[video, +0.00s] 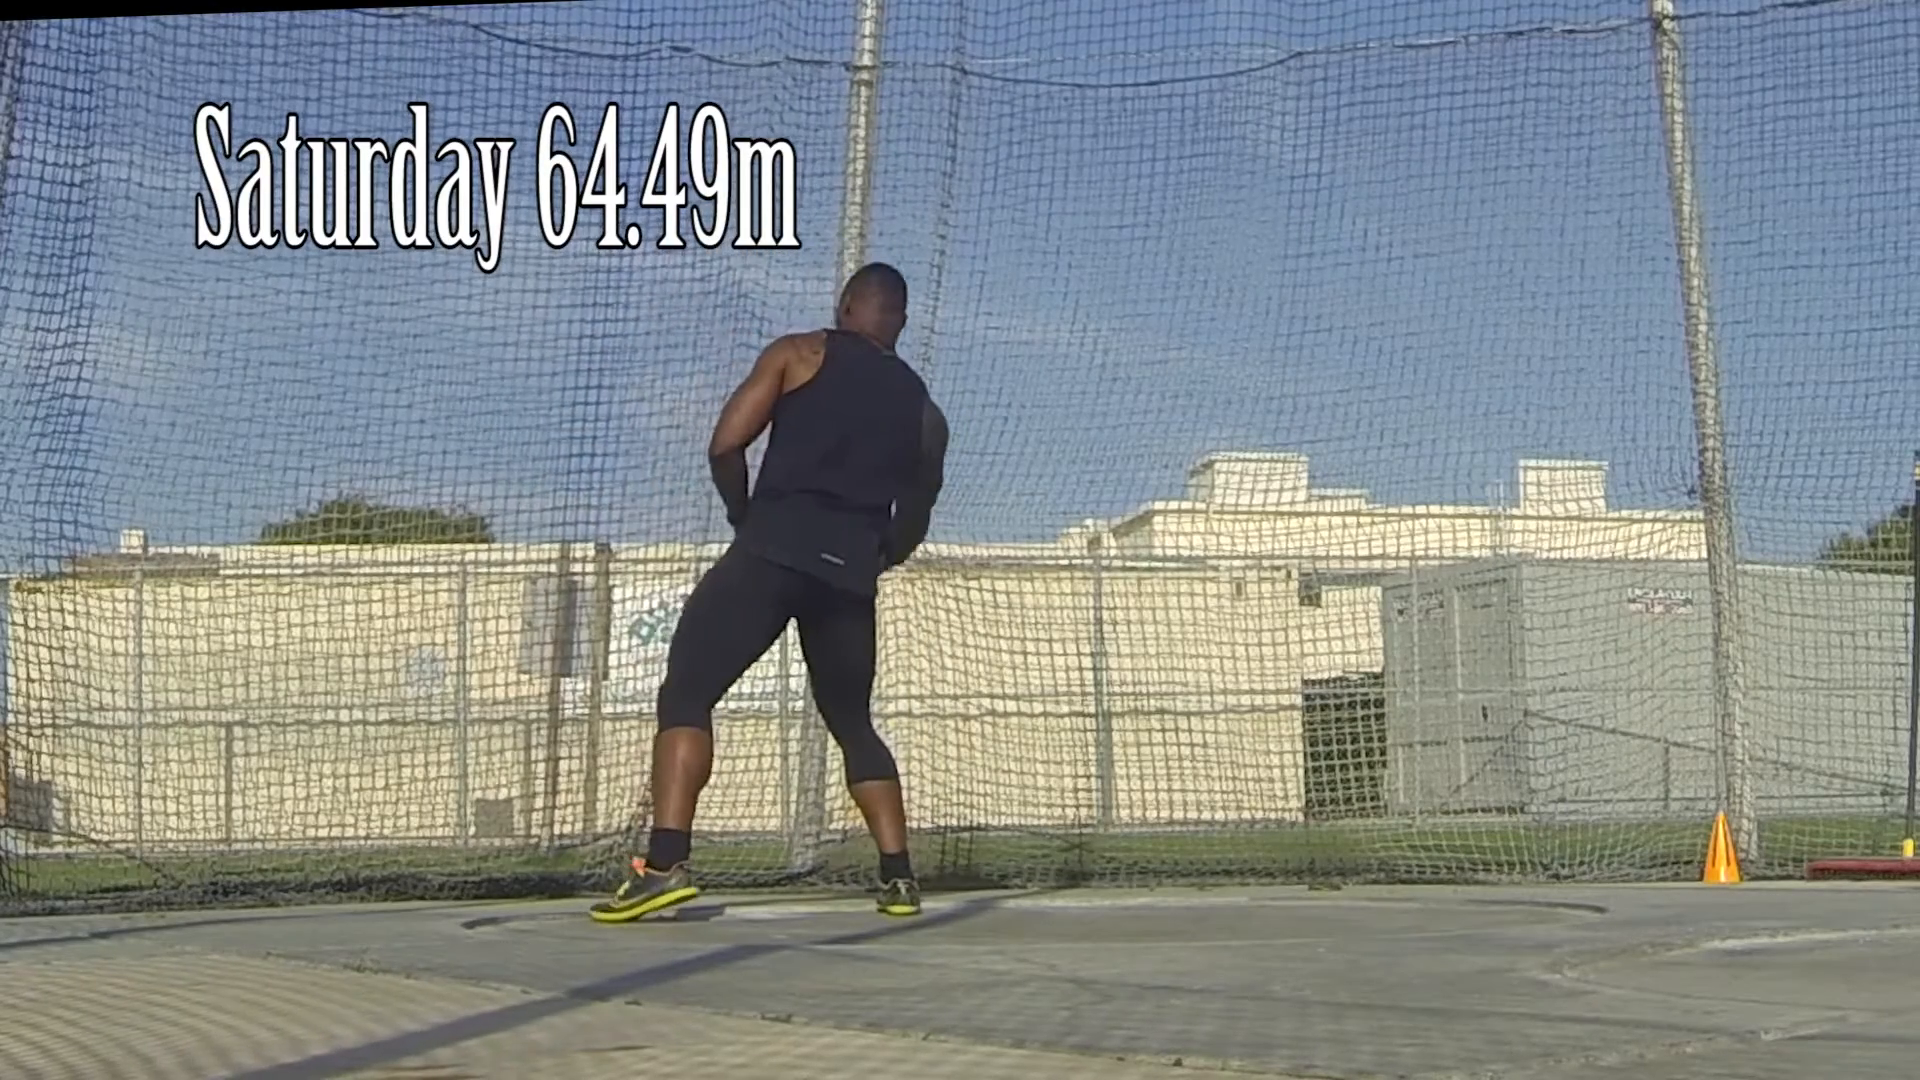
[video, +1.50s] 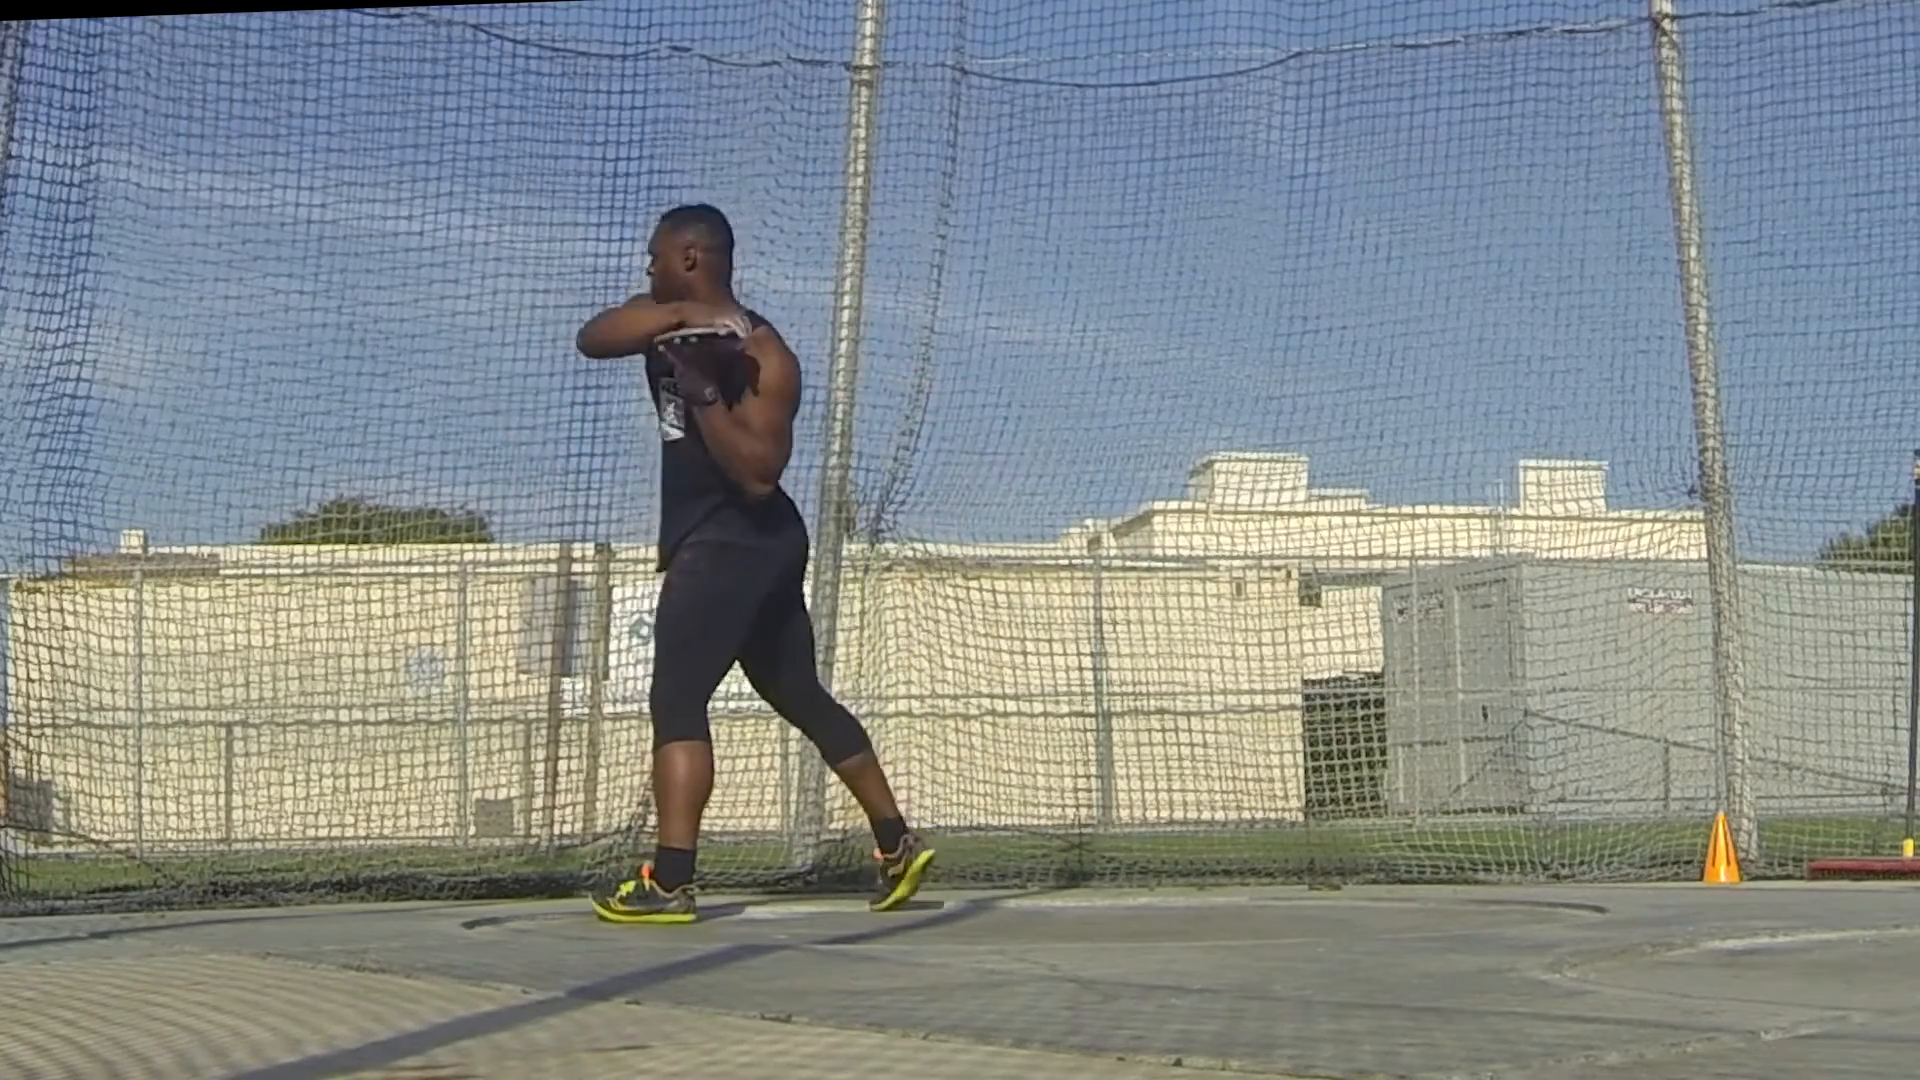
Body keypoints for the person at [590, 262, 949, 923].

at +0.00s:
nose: (849, 318)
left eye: (846, 308)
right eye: (880, 315)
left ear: (841, 311)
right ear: (902, 324)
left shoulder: (796, 352)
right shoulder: (926, 413)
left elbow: (725, 445)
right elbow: (916, 518)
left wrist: (744, 515)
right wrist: (876, 557)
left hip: (769, 554)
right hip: (850, 577)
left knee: (687, 693)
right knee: (853, 719)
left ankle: (665, 866)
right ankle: (899, 877)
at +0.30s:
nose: (856, 327)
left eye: (855, 318)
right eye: (881, 326)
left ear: (847, 320)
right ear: (903, 338)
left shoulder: (786, 358)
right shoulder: (917, 394)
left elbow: (702, 423)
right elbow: (932, 472)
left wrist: (676, 528)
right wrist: (968, 560)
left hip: (753, 555)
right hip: (840, 575)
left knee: (686, 696)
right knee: (867, 718)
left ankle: (644, 847)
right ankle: (899, 876)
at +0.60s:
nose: (756, 339)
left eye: (757, 332)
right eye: (766, 335)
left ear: (765, 333)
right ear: (822, 338)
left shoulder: (729, 371)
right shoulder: (860, 376)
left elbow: (657, 432)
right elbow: (947, 392)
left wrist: (646, 533)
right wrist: (1031, 390)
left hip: (743, 567)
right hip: (832, 576)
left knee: (657, 705)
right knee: (864, 718)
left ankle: (662, 872)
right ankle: (901, 874)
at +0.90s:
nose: (635, 298)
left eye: (638, 283)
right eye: (634, 284)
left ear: (668, 274)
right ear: (701, 274)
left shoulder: (670, 356)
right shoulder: (760, 345)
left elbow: (628, 482)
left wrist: (587, 518)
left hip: (731, 555)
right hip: (807, 548)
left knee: (652, 702)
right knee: (838, 698)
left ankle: (666, 880)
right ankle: (912, 854)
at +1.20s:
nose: (650, 268)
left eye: (655, 256)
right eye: (652, 256)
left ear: (684, 254)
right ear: (706, 255)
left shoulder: (729, 347)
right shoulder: (674, 317)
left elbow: (646, 444)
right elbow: (584, 331)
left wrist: (557, 379)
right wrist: (539, 328)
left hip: (729, 540)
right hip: (760, 534)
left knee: (673, 693)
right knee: (803, 686)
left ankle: (669, 877)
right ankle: (895, 832)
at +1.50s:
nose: (649, 271)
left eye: (657, 259)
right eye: (651, 260)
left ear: (693, 259)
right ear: (705, 258)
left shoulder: (770, 357)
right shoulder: (667, 319)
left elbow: (759, 471)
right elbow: (592, 340)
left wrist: (699, 389)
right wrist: (681, 314)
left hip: (730, 543)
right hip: (757, 541)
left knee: (676, 696)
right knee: (799, 694)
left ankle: (671, 878)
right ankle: (897, 842)